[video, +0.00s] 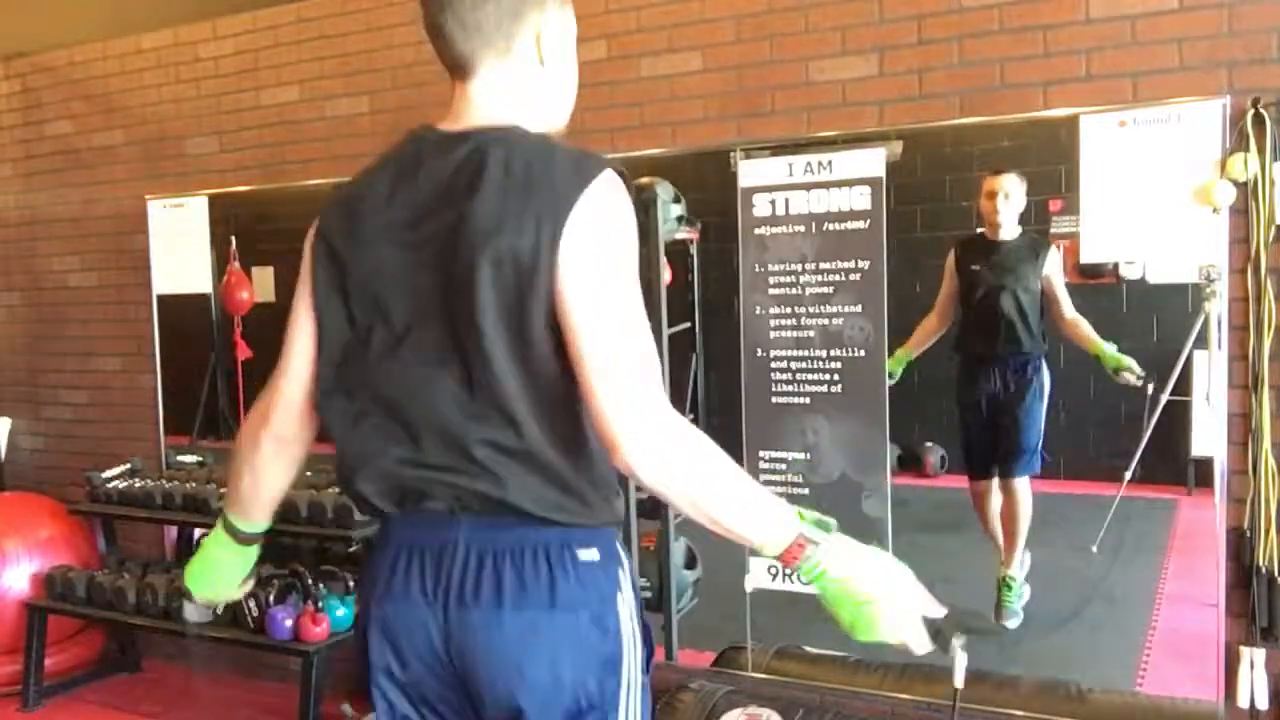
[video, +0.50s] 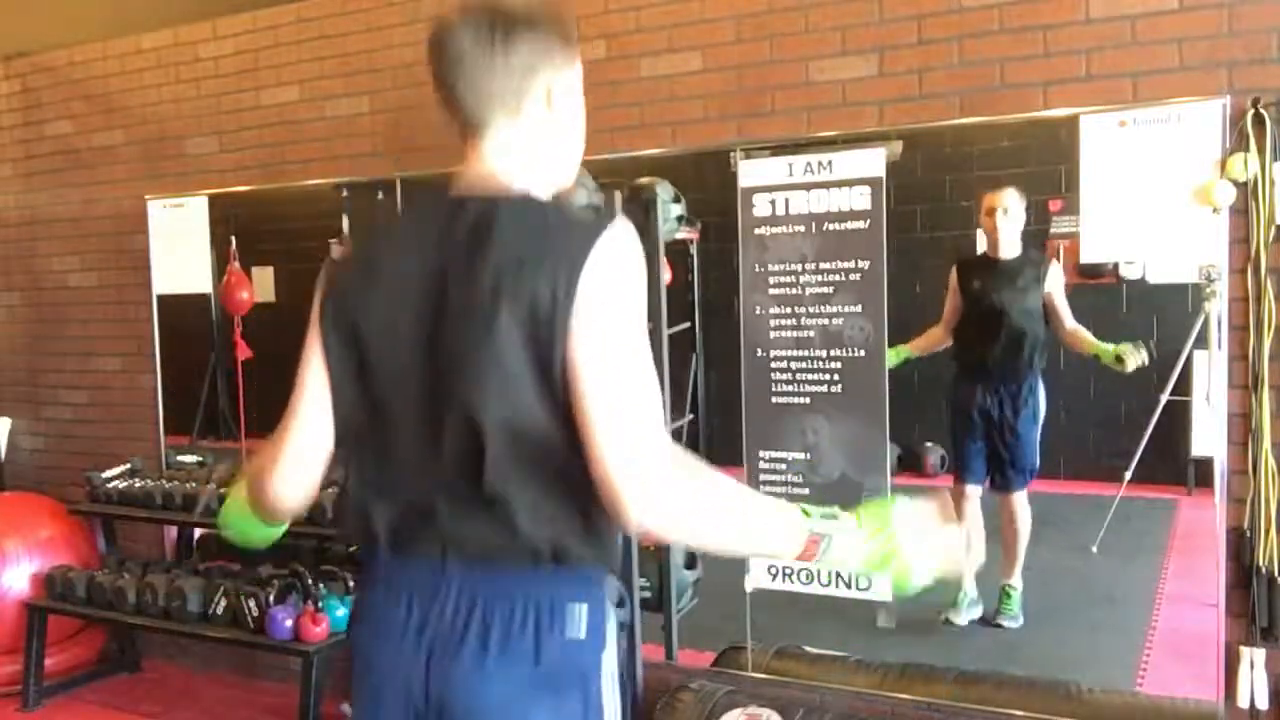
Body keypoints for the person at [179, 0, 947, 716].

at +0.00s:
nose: (576, 73)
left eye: (573, 47)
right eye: (573, 47)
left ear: (445, 52)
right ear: (546, 42)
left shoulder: (346, 213)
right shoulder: (576, 189)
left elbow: (283, 421)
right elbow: (639, 432)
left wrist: (232, 539)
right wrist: (815, 550)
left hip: (403, 581)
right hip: (554, 583)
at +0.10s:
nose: (587, 129)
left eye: (582, 107)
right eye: (580, 105)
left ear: (457, 115)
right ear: (558, 108)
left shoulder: (356, 278)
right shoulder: (590, 257)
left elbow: (285, 491)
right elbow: (662, 492)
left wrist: (255, 502)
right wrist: (855, 531)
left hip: (411, 618)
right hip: (559, 618)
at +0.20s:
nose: (593, 159)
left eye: (587, 138)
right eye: (589, 137)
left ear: (465, 147)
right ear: (569, 144)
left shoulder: (371, 308)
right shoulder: (609, 301)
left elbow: (286, 510)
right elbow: (699, 529)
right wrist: (877, 512)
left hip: (410, 666)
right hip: (561, 670)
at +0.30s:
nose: (597, 91)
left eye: (595, 65)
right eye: (593, 65)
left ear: (468, 70)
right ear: (565, 64)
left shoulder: (367, 226)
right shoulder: (599, 216)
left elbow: (290, 442)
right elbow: (672, 446)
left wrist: (266, 515)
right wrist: (839, 523)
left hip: (398, 597)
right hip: (545, 603)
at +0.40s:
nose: (589, 59)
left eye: (584, 37)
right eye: (586, 36)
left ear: (459, 48)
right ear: (562, 38)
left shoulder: (364, 206)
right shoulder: (594, 183)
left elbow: (295, 414)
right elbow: (655, 421)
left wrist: (240, 530)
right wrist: (827, 545)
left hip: (392, 566)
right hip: (542, 578)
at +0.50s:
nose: (585, 121)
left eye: (582, 96)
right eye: (580, 95)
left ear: (454, 104)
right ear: (557, 94)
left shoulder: (360, 264)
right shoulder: (591, 247)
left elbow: (282, 482)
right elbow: (646, 490)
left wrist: (253, 499)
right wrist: (838, 538)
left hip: (393, 615)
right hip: (543, 626)